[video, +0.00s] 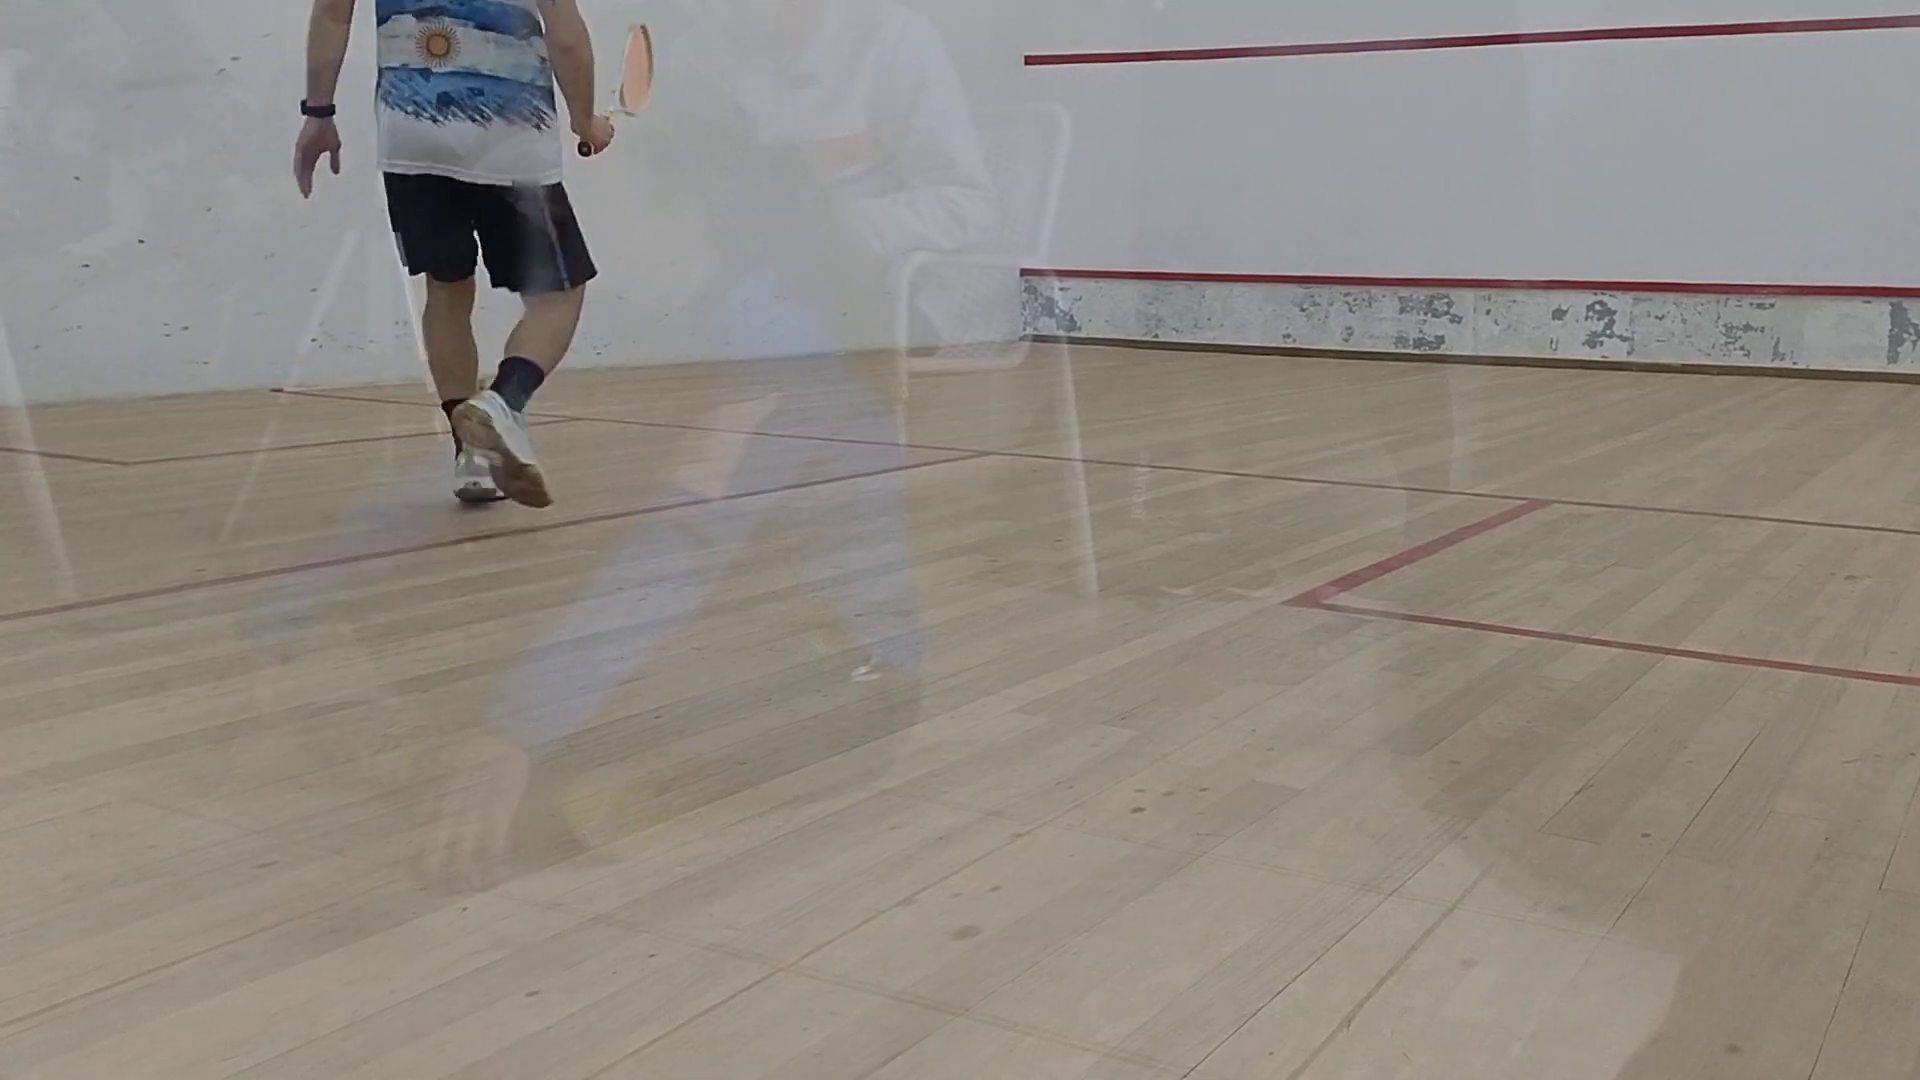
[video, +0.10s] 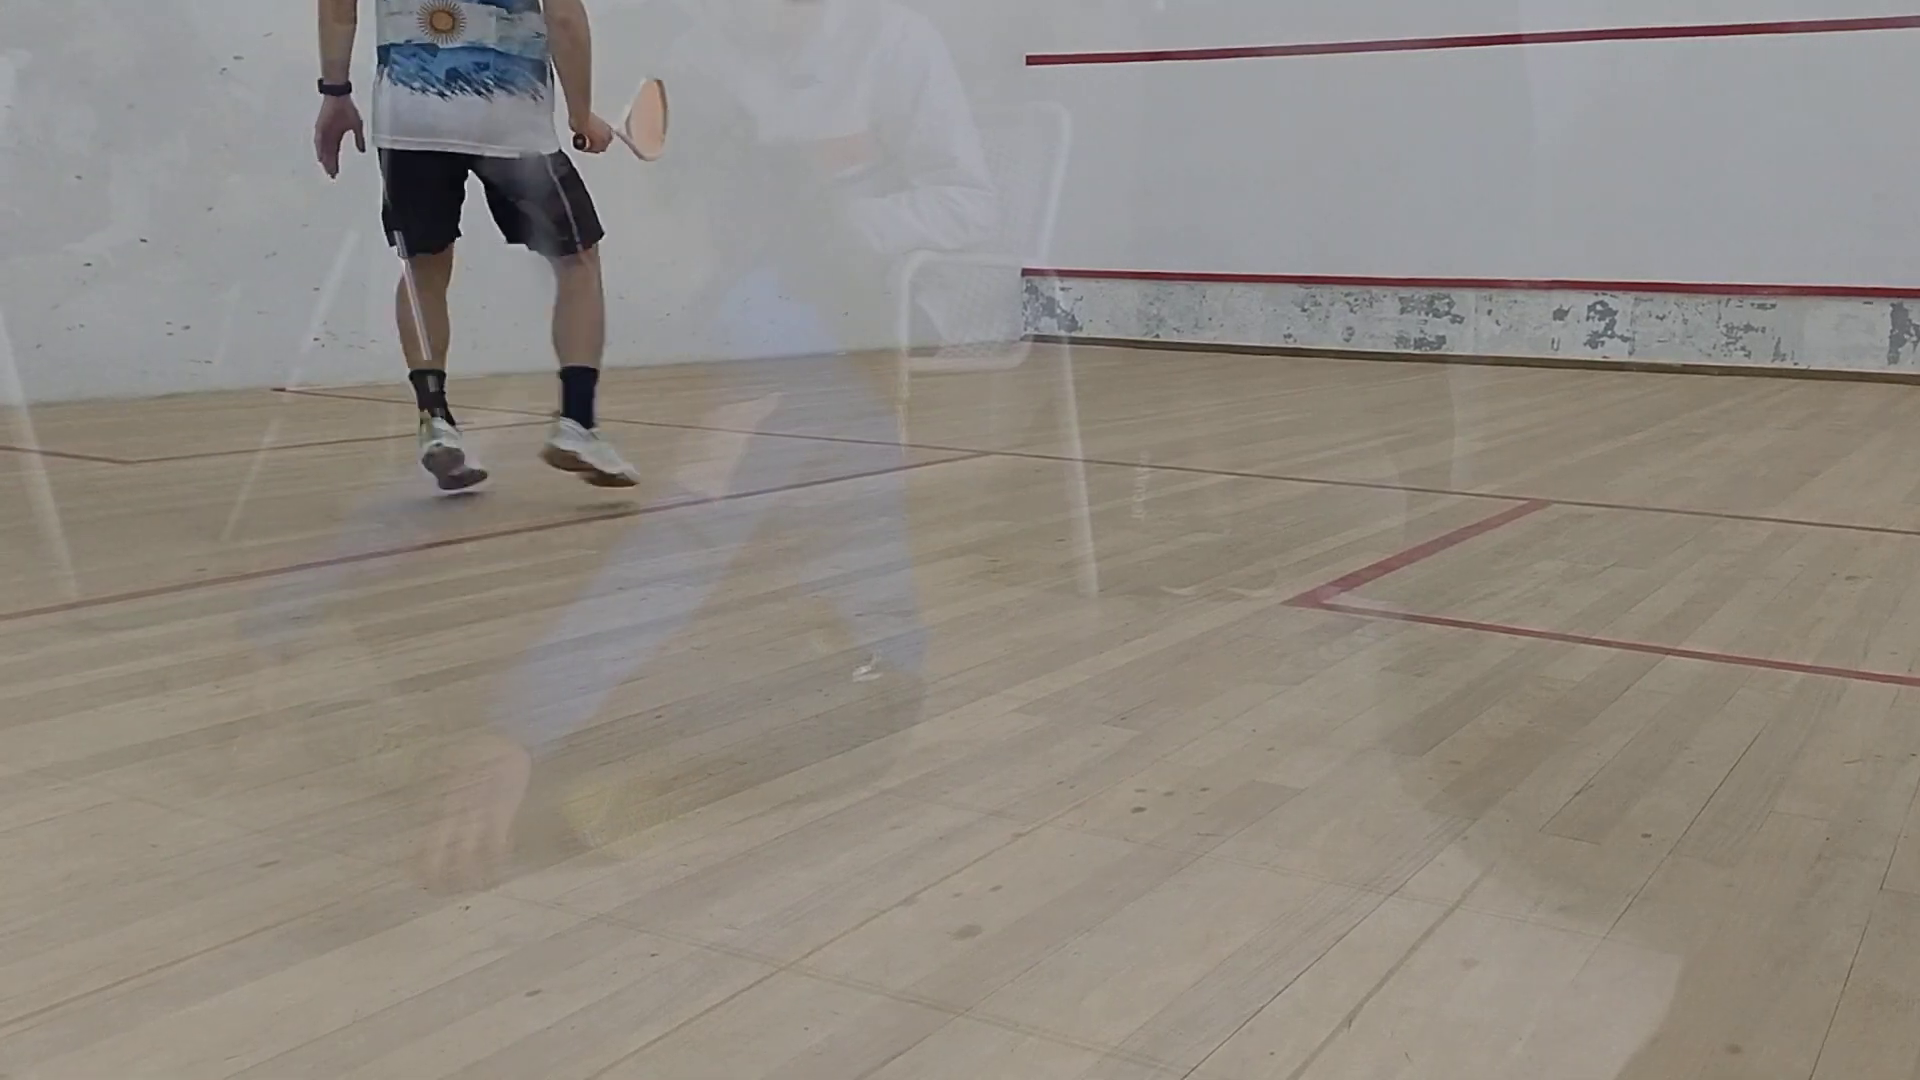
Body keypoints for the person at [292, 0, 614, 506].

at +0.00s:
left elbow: (331, 12)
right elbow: (567, 38)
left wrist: (318, 111)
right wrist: (584, 117)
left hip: (411, 141)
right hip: (511, 143)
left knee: (447, 289)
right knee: (557, 291)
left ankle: (470, 451)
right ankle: (504, 404)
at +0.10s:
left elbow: (337, 7)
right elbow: (565, 16)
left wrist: (335, 91)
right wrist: (581, 113)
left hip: (410, 118)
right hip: (511, 119)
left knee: (423, 265)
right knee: (578, 259)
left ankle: (434, 420)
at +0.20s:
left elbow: (339, 16)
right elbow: (571, 35)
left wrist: (334, 121)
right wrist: (589, 139)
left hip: (409, 143)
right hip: (512, 143)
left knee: (393, 271)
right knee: (593, 289)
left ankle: (381, 432)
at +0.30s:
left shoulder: (375, 6)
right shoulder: (527, 3)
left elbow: (318, 71)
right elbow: (570, 81)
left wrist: (310, 173)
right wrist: (590, 177)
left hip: (415, 195)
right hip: (522, 193)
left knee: (368, 294)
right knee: (608, 318)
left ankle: (347, 445)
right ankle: (669, 454)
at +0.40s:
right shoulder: (467, 1)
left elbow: (259, 61)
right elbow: (516, 68)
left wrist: (263, 160)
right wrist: (530, 158)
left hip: (351, 179)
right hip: (457, 178)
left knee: (332, 302)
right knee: (556, 306)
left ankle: (345, 451)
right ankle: (648, 434)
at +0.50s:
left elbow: (196, 12)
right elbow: (444, 33)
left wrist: (207, 101)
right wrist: (430, 100)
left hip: (290, 134)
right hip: (389, 127)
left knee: (302, 291)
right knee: (465, 277)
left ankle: (339, 441)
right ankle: (517, 428)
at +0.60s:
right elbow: (376, 6)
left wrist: (155, 74)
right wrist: (329, 49)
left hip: (233, 104)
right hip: (332, 101)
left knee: (241, 277)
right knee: (353, 266)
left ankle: (284, 419)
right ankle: (369, 425)